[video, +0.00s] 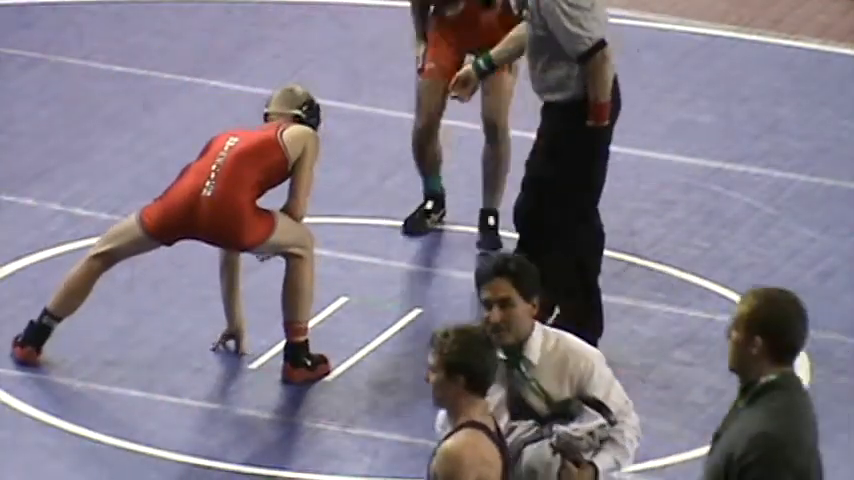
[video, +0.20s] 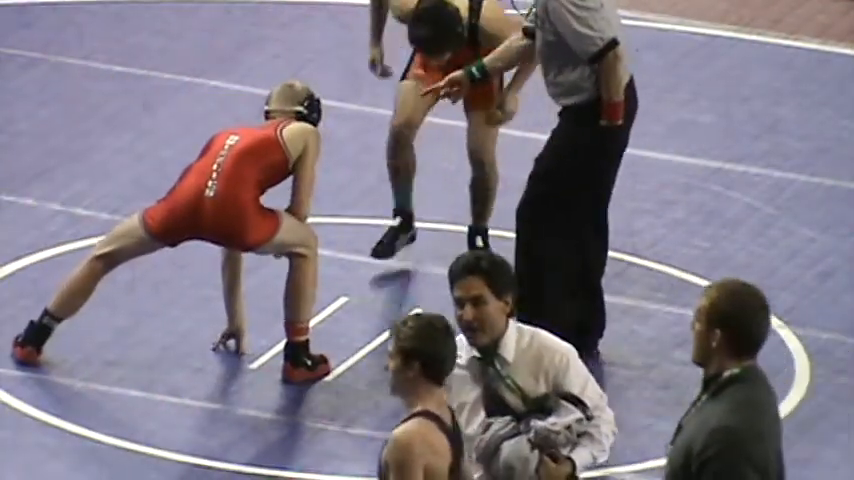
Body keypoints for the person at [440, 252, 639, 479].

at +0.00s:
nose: (494, 317)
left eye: (505, 305)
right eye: (487, 307)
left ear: (533, 307)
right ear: (481, 308)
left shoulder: (578, 357)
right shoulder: (478, 355)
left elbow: (626, 424)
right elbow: (446, 420)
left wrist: (596, 468)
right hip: (495, 467)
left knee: (538, 456)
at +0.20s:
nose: (467, 316)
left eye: (478, 303)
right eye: (460, 305)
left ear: (507, 303)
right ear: (453, 307)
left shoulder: (552, 353)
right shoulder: (449, 359)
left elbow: (602, 421)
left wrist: (572, 464)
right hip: (475, 471)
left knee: (516, 452)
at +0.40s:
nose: (448, 315)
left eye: (459, 303)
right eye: (442, 304)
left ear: (490, 303)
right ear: (437, 304)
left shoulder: (537, 355)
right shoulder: (428, 369)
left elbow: (584, 425)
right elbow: (424, 452)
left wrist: (551, 467)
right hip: (462, 471)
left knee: (491, 454)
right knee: (494, 453)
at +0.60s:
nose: (435, 315)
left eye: (447, 304)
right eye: (431, 303)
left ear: (480, 305)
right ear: (425, 302)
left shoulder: (525, 359)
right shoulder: (421, 366)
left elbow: (567, 431)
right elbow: (412, 449)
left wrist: (529, 471)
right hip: (452, 472)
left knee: (467, 454)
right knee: (467, 452)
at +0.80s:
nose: (425, 317)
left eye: (437, 306)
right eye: (422, 305)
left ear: (470, 310)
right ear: (417, 304)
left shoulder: (514, 365)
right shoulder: (415, 367)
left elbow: (552, 438)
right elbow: (398, 437)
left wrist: (511, 476)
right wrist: (416, 474)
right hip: (438, 473)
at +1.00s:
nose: (415, 318)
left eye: (426, 309)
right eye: (414, 306)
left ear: (461, 315)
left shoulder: (503, 373)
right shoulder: (407, 364)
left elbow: (527, 452)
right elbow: (388, 436)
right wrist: (383, 473)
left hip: (476, 473)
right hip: (412, 472)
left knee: (427, 460)